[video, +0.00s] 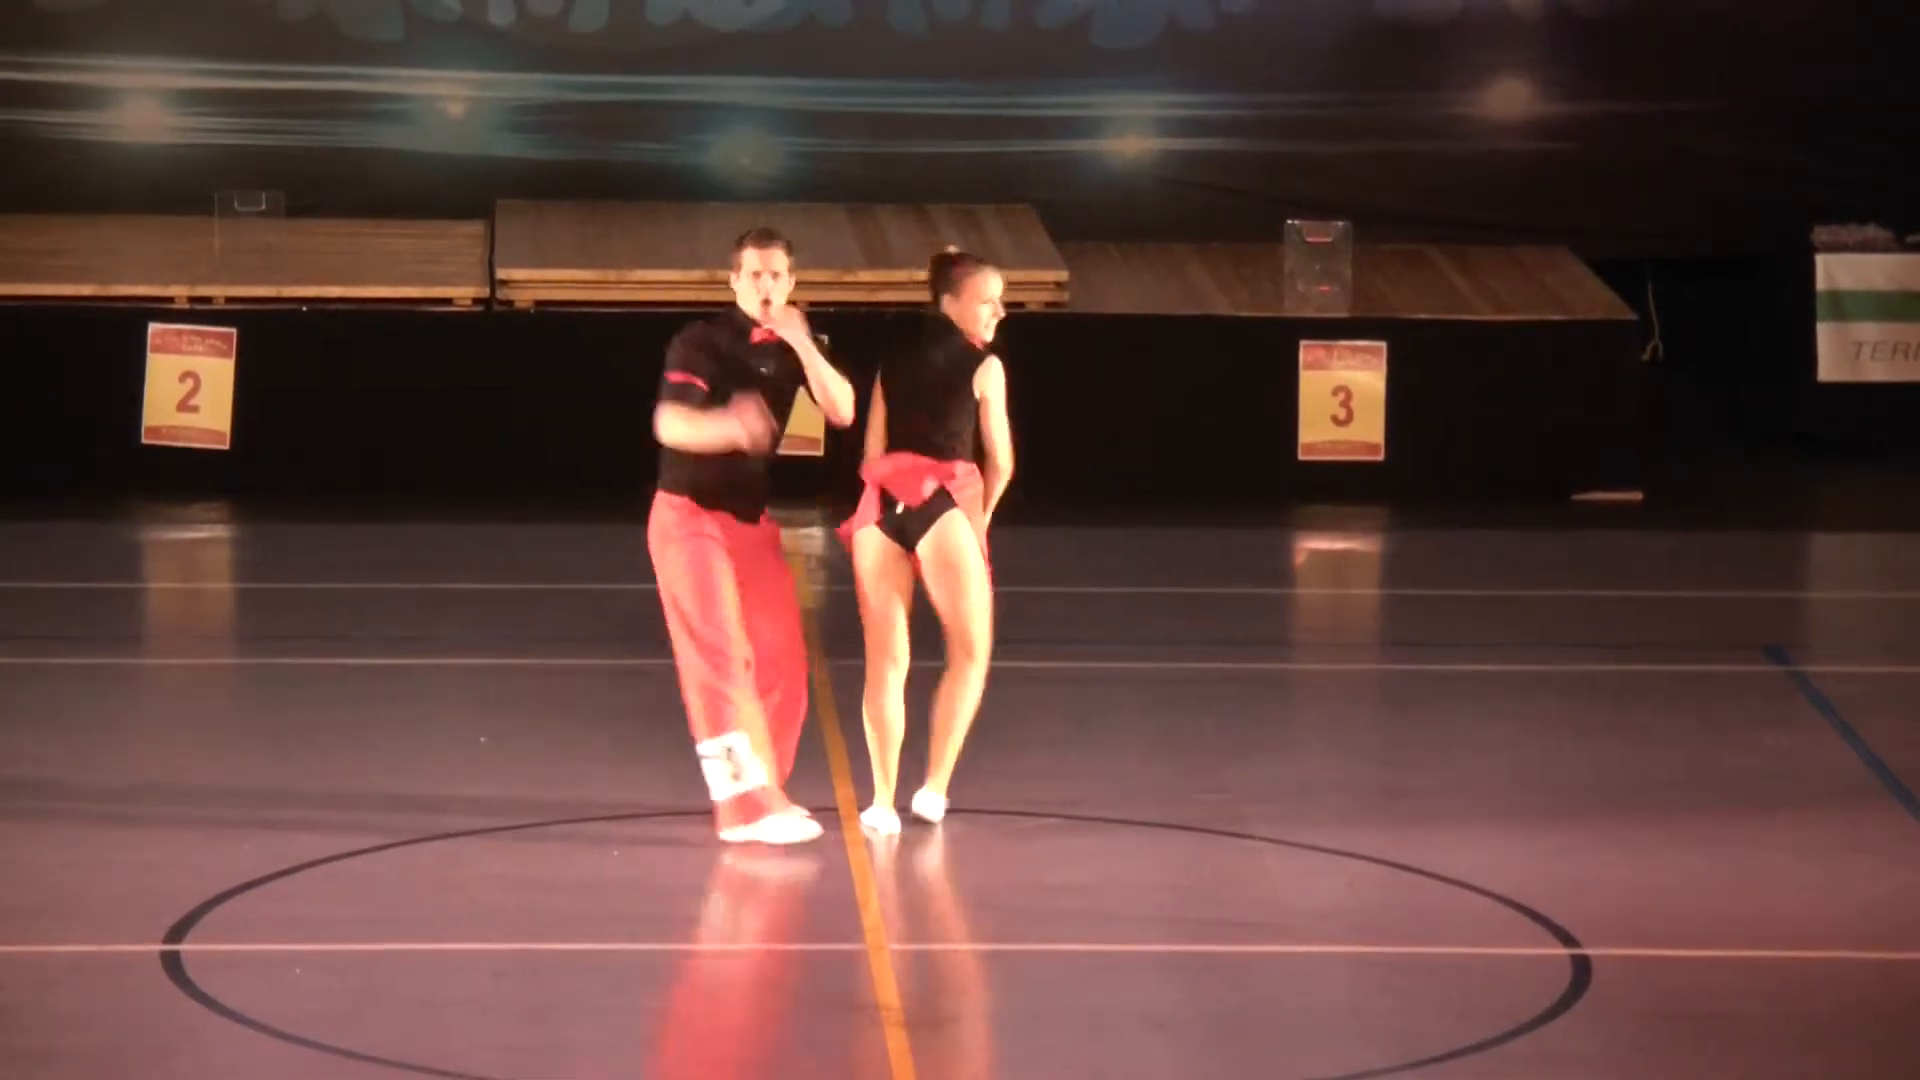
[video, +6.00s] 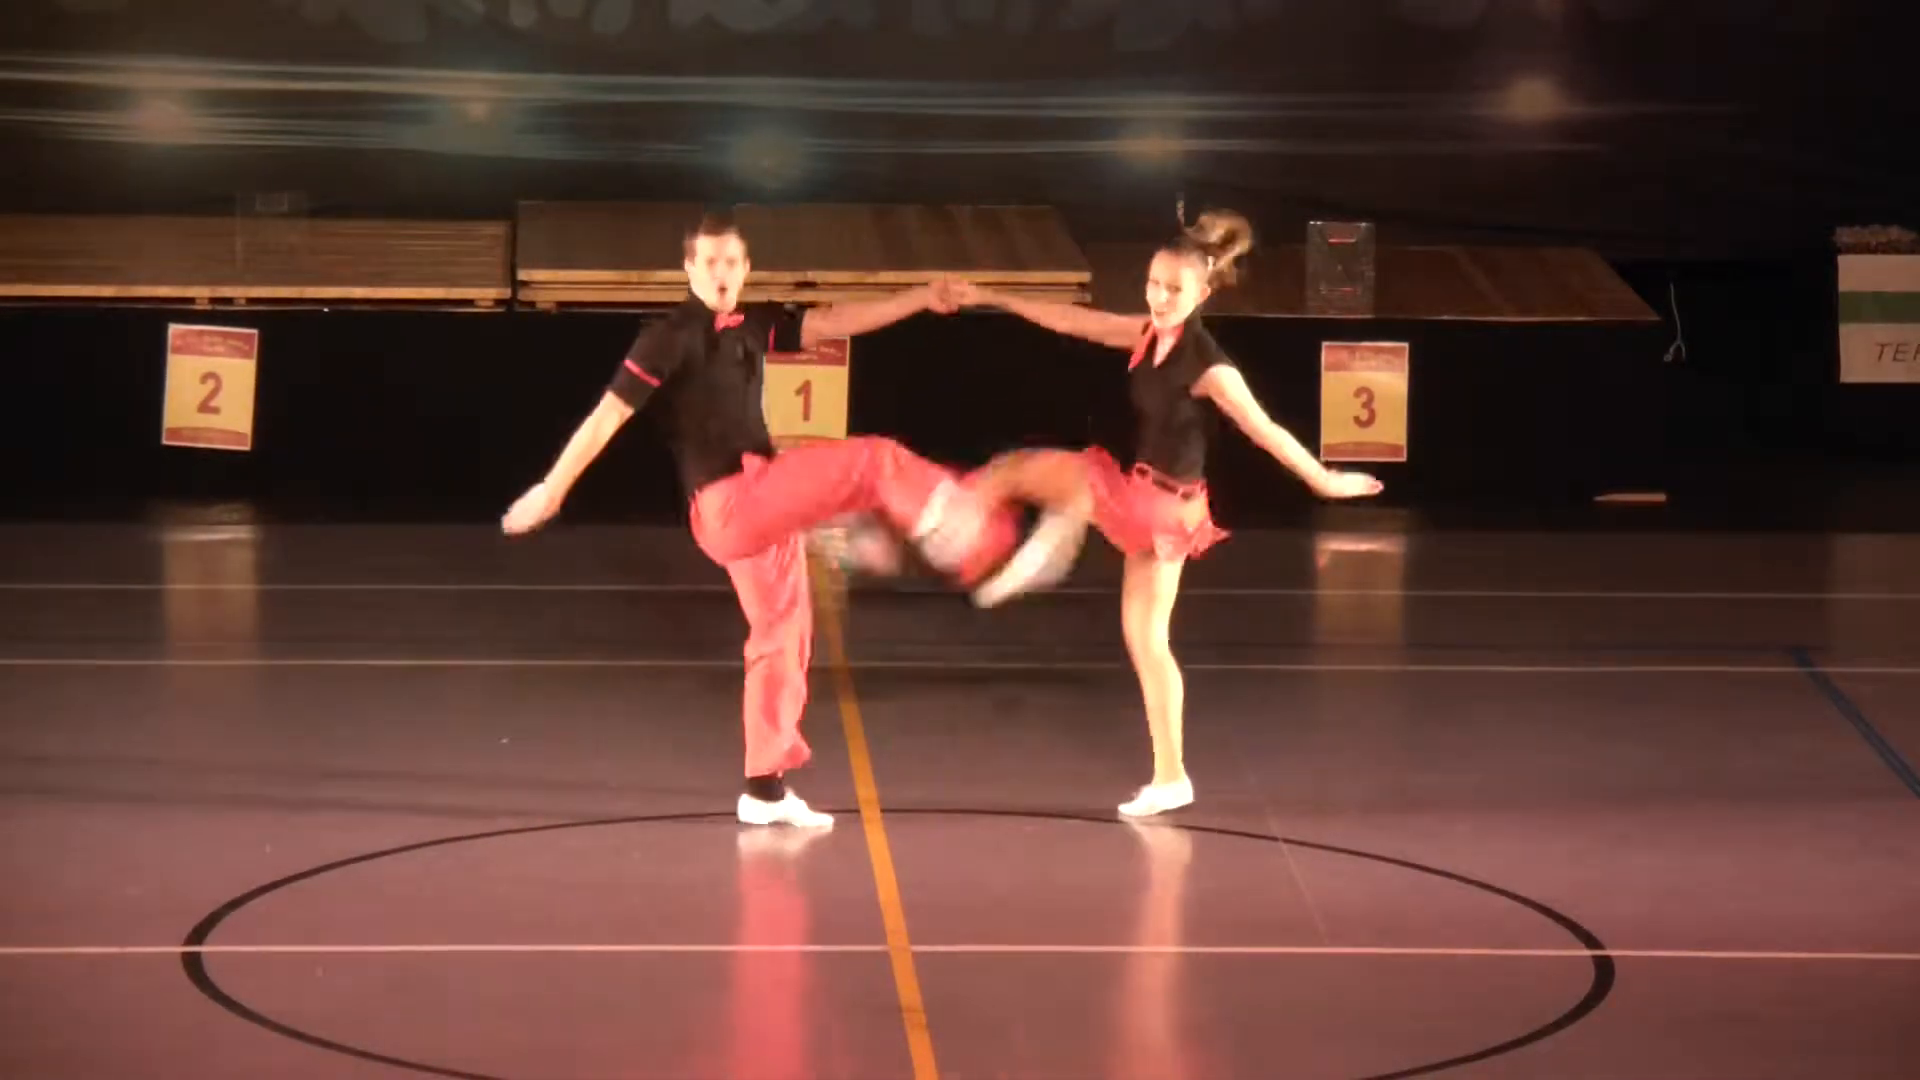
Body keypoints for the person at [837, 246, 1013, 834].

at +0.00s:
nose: (998, 313)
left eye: (998, 302)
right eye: (989, 301)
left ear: (943, 302)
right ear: (953, 300)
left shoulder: (891, 360)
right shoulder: (982, 364)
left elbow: (873, 450)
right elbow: (1000, 462)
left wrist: (879, 508)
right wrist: (978, 518)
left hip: (876, 503)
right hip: (943, 502)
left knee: (884, 661)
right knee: (969, 653)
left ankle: (882, 801)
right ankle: (934, 788)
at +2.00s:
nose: (1086, 326)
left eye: (1098, 315)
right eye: (1077, 311)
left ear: (1110, 321)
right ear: (1054, 310)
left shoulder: (1117, 395)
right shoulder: (1013, 373)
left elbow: (1139, 483)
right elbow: (970, 442)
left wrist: (1191, 437)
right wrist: (943, 401)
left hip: (1087, 544)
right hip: (1026, 545)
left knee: (1027, 673)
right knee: (1008, 686)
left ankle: (1011, 803)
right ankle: (1126, 766)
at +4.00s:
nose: (1094, 312)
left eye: (1110, 305)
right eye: (1089, 295)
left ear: (1126, 312)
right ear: (1074, 287)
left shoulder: (1106, 365)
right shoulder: (1061, 344)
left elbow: (1158, 446)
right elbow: (1036, 420)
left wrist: (1095, 500)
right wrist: (1025, 471)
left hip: (1074, 523)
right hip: (1039, 520)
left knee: (1081, 661)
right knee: (966, 625)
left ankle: (1097, 797)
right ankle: (1029, 745)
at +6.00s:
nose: (1158, 297)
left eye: (1173, 288)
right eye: (1153, 283)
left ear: (1204, 292)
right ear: (1144, 281)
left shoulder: (1205, 363)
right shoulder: (1146, 333)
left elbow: (1263, 429)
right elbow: (1071, 321)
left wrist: (1324, 480)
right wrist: (985, 298)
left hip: (1160, 505)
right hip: (1147, 494)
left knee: (1019, 469)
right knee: (1147, 639)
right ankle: (1169, 777)